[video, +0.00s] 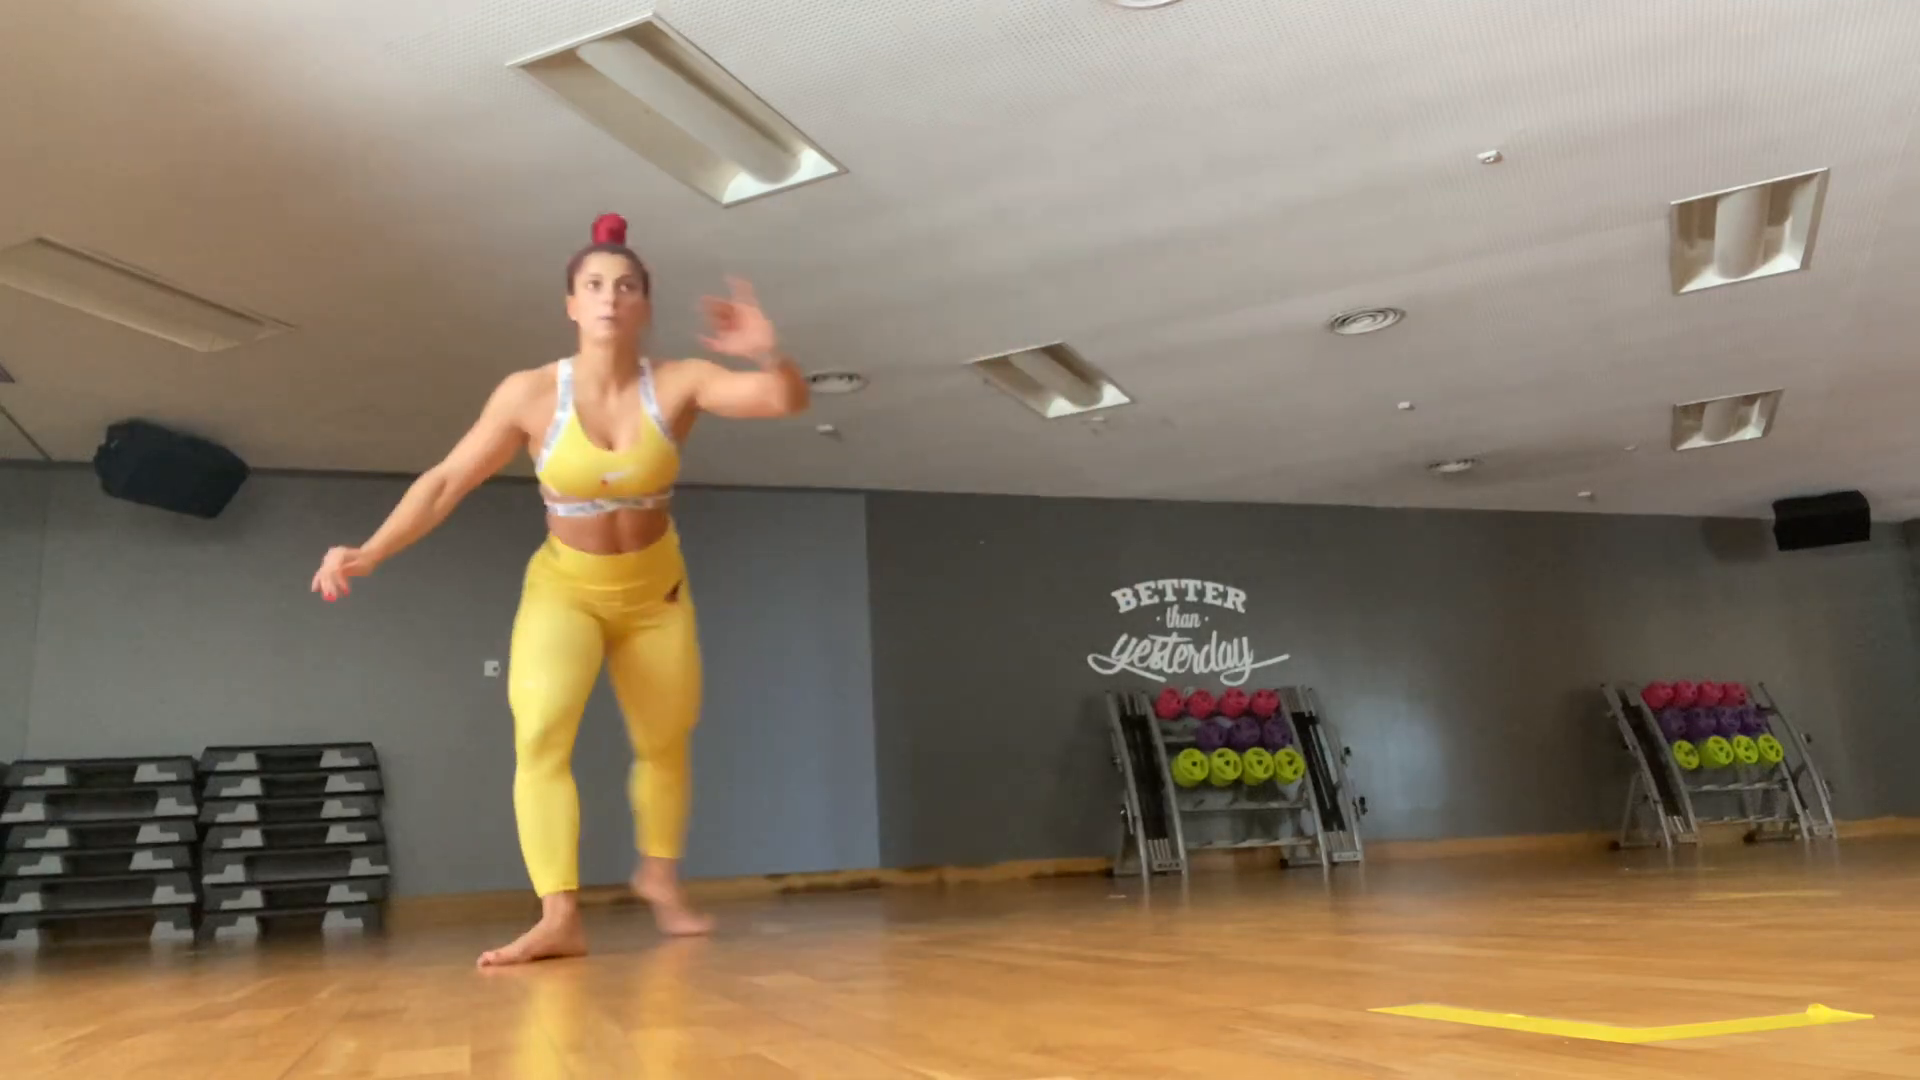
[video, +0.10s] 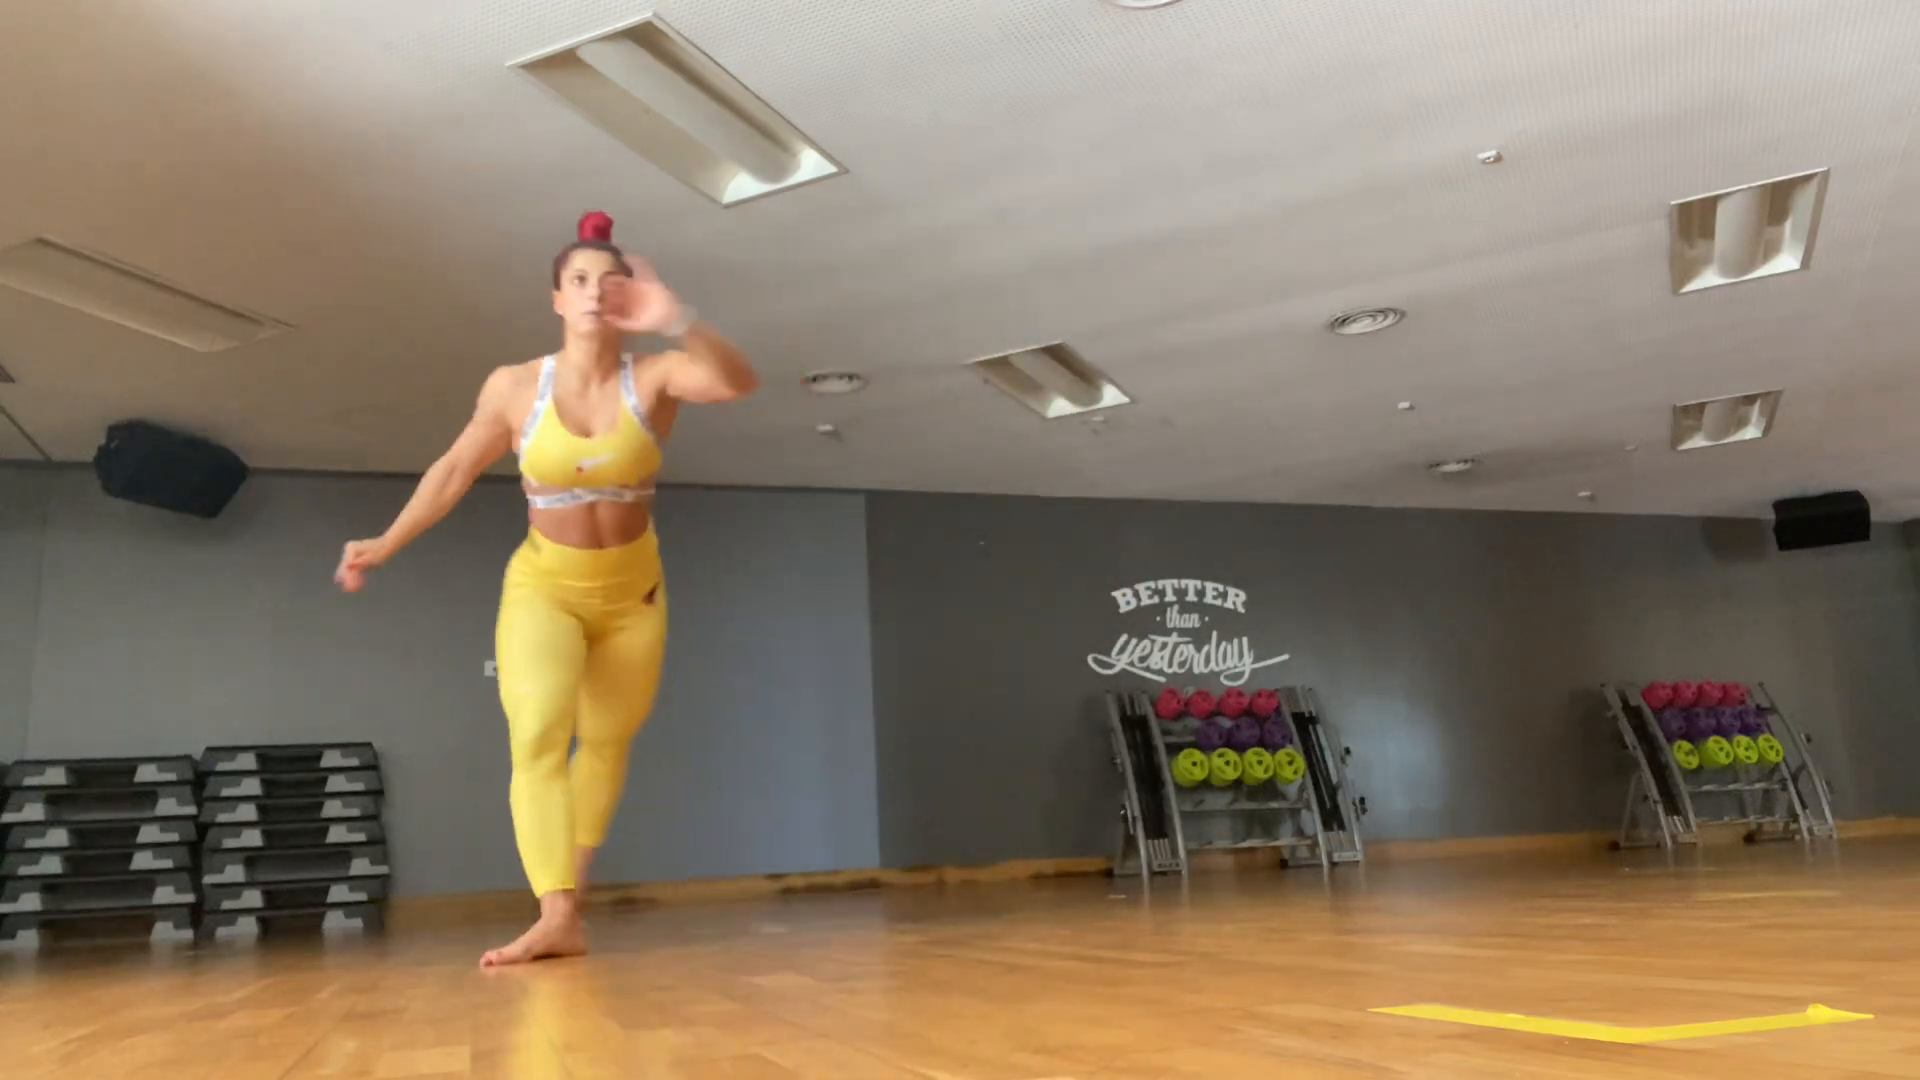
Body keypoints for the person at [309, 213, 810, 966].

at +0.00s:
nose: (612, 293)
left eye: (627, 283)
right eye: (595, 284)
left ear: (647, 309)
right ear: (571, 307)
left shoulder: (680, 382)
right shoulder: (529, 394)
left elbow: (786, 398)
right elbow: (444, 485)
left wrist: (772, 356)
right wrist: (369, 554)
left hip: (655, 589)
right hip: (564, 587)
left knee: (664, 742)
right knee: (539, 736)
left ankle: (660, 877)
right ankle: (559, 915)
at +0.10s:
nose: (597, 290)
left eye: (611, 278)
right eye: (580, 280)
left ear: (629, 297)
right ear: (556, 299)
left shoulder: (653, 374)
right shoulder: (514, 388)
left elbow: (738, 381)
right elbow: (452, 473)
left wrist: (678, 322)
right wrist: (384, 546)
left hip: (631, 590)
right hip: (543, 585)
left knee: (606, 742)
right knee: (536, 736)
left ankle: (571, 887)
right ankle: (556, 913)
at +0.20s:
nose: (564, 300)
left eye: (581, 293)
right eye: (556, 290)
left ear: (604, 318)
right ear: (538, 312)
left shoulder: (624, 391)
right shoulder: (496, 394)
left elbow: (659, 397)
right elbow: (472, 474)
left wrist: (586, 330)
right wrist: (421, 539)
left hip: (601, 603)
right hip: (515, 592)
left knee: (558, 759)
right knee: (519, 738)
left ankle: (505, 886)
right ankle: (537, 909)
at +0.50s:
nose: (505, 331)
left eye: (524, 320)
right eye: (495, 319)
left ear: (553, 335)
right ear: (483, 334)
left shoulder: (592, 401)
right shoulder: (462, 419)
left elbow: (574, 401)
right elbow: (410, 503)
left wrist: (492, 350)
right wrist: (345, 532)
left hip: (587, 612)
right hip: (500, 604)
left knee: (543, 780)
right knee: (473, 742)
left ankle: (498, 891)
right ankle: (450, 919)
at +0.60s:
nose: (492, 331)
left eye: (510, 316)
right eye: (478, 318)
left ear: (540, 331)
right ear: (461, 331)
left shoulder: (577, 390)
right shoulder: (450, 413)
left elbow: (577, 435)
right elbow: (380, 503)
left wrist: (474, 376)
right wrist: (350, 480)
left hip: (597, 597)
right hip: (509, 597)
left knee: (587, 775)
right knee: (475, 746)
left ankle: (532, 876)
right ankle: (451, 923)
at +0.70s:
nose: (497, 348)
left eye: (516, 335)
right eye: (485, 334)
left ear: (545, 354)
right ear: (467, 348)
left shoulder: (579, 418)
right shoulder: (452, 424)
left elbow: (575, 500)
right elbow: (381, 511)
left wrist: (498, 435)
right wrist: (422, 428)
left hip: (606, 602)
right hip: (515, 606)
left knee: (663, 757)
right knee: (471, 746)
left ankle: (635, 882)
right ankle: (453, 925)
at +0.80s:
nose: (529, 358)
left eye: (547, 346)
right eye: (519, 342)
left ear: (575, 364)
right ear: (500, 353)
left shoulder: (608, 431)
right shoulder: (468, 433)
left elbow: (602, 523)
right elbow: (433, 531)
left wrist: (525, 453)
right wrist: (471, 462)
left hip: (619, 604)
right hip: (524, 608)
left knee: (701, 734)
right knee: (476, 739)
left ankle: (719, 890)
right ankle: (454, 922)